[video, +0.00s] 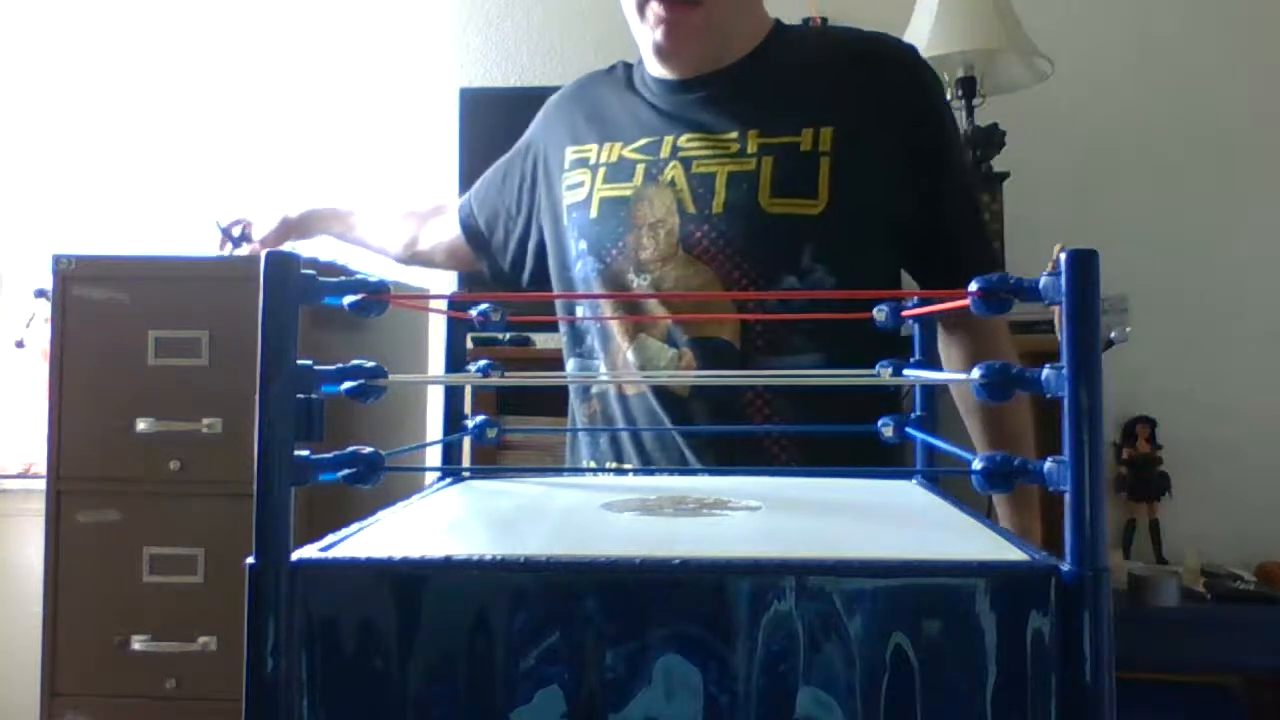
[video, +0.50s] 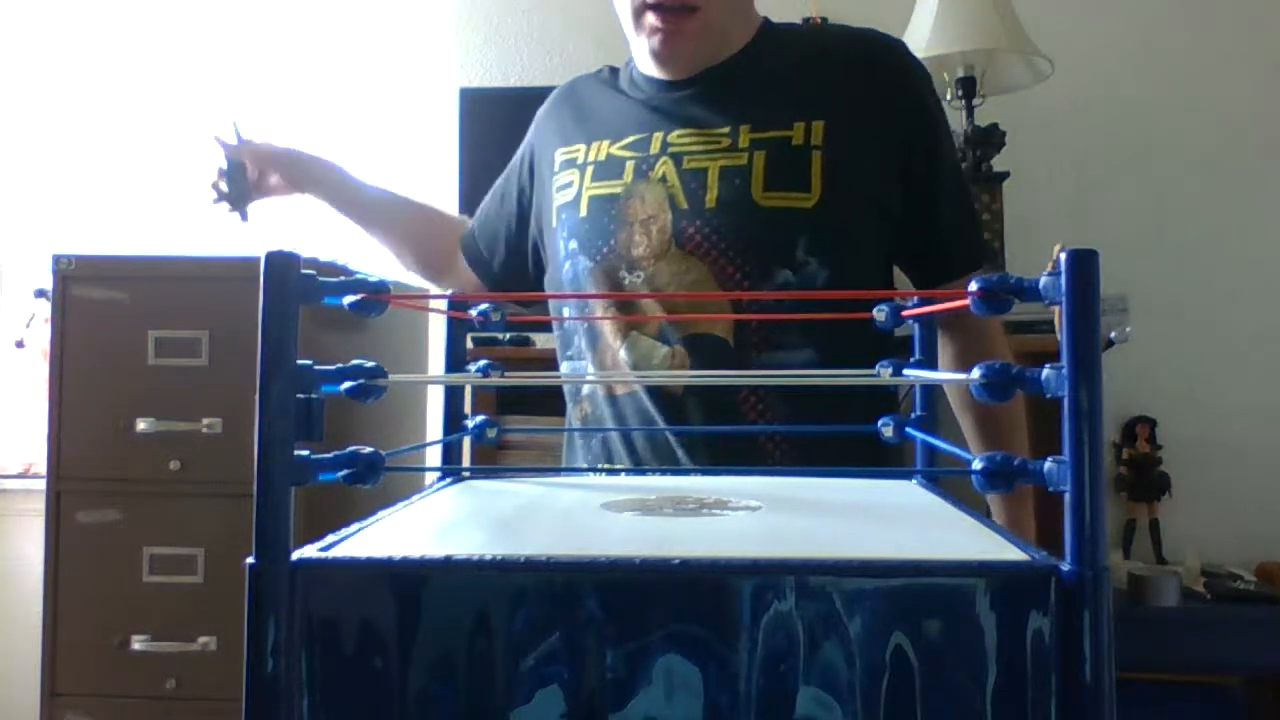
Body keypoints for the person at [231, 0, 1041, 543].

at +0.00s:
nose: (652, 8)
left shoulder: (881, 83)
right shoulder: (566, 124)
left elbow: (965, 314)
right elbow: (451, 241)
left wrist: (1024, 503)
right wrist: (329, 223)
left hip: (837, 533)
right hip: (619, 537)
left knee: (833, 705)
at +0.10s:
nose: (653, 10)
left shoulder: (878, 83)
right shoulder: (565, 124)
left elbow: (967, 318)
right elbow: (444, 242)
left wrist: (1024, 508)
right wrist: (328, 223)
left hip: (838, 535)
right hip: (618, 539)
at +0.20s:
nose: (652, 1)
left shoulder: (877, 83)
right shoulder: (565, 123)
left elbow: (966, 318)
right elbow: (441, 243)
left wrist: (1022, 509)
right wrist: (323, 223)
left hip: (833, 530)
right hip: (617, 533)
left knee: (835, 700)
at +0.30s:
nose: (651, 2)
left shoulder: (873, 83)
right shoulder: (561, 123)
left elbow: (965, 319)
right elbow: (450, 251)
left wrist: (1020, 510)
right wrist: (301, 224)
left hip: (832, 532)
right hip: (613, 535)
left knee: (833, 703)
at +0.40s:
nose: (650, 2)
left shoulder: (869, 80)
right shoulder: (564, 120)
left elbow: (963, 316)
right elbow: (465, 260)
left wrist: (1017, 503)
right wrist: (306, 194)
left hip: (828, 534)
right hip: (610, 534)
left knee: (830, 704)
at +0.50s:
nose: (652, 8)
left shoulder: (869, 76)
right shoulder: (563, 121)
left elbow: (961, 314)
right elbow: (478, 271)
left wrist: (1016, 510)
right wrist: (314, 179)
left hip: (834, 533)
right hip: (611, 538)